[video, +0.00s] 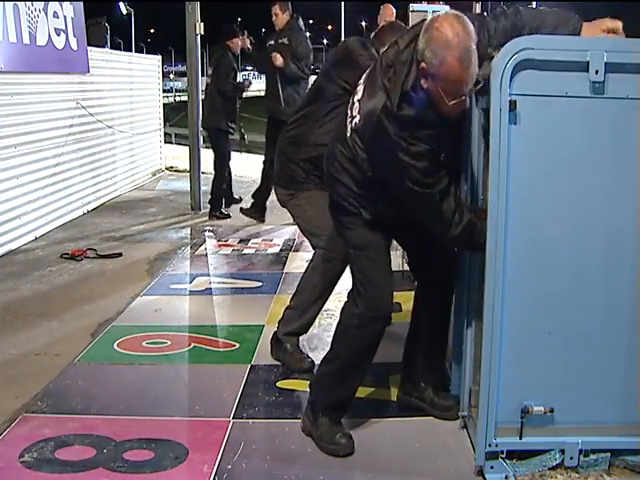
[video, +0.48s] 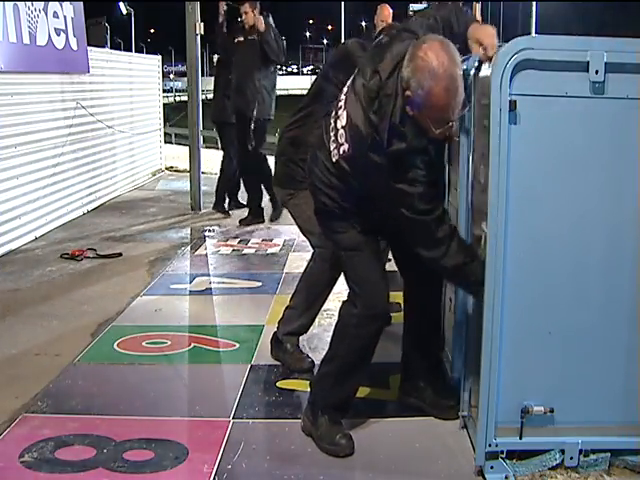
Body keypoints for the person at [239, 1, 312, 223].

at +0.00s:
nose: (273, 18)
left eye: (276, 14)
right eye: (272, 14)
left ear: (288, 13)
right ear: (275, 15)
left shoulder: (300, 38)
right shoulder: (272, 37)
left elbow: (304, 70)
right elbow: (264, 66)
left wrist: (285, 64)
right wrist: (249, 50)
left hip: (293, 109)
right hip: (276, 108)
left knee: (274, 159)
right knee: (270, 158)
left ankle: (259, 205)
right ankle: (258, 206)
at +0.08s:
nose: (268, 18)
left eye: (271, 14)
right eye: (267, 15)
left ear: (283, 13)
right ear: (270, 15)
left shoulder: (294, 36)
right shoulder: (269, 36)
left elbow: (299, 71)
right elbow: (257, 63)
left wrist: (280, 61)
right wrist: (245, 46)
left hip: (289, 110)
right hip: (271, 108)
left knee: (288, 161)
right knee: (267, 160)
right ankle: (257, 209)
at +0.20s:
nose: (260, 18)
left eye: (263, 13)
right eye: (258, 14)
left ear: (274, 12)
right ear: (259, 15)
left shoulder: (286, 35)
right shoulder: (259, 35)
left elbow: (294, 68)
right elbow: (245, 62)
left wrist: (273, 55)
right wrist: (236, 41)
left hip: (281, 108)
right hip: (260, 107)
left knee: (287, 159)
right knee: (259, 161)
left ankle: (301, 211)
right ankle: (256, 211)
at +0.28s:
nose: (255, 16)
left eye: (258, 11)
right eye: (252, 12)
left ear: (269, 10)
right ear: (252, 13)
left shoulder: (280, 34)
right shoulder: (252, 34)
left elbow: (287, 67)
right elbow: (236, 59)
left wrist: (270, 49)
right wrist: (230, 34)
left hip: (275, 110)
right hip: (254, 109)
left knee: (282, 162)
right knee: (253, 163)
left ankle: (299, 209)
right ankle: (256, 211)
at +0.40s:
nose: (247, 16)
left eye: (250, 11)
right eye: (245, 12)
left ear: (261, 10)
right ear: (244, 13)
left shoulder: (272, 31)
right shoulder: (242, 33)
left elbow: (281, 61)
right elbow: (226, 58)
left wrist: (265, 39)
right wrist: (225, 27)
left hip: (265, 105)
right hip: (245, 105)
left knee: (265, 157)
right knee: (247, 160)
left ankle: (291, 198)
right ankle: (255, 211)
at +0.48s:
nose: (243, 18)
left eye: (246, 13)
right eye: (241, 14)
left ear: (256, 12)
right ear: (241, 15)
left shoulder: (269, 32)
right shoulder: (240, 35)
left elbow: (280, 57)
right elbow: (224, 53)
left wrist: (264, 30)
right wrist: (222, 22)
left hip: (261, 102)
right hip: (240, 102)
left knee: (255, 153)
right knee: (244, 157)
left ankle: (276, 199)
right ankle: (255, 210)